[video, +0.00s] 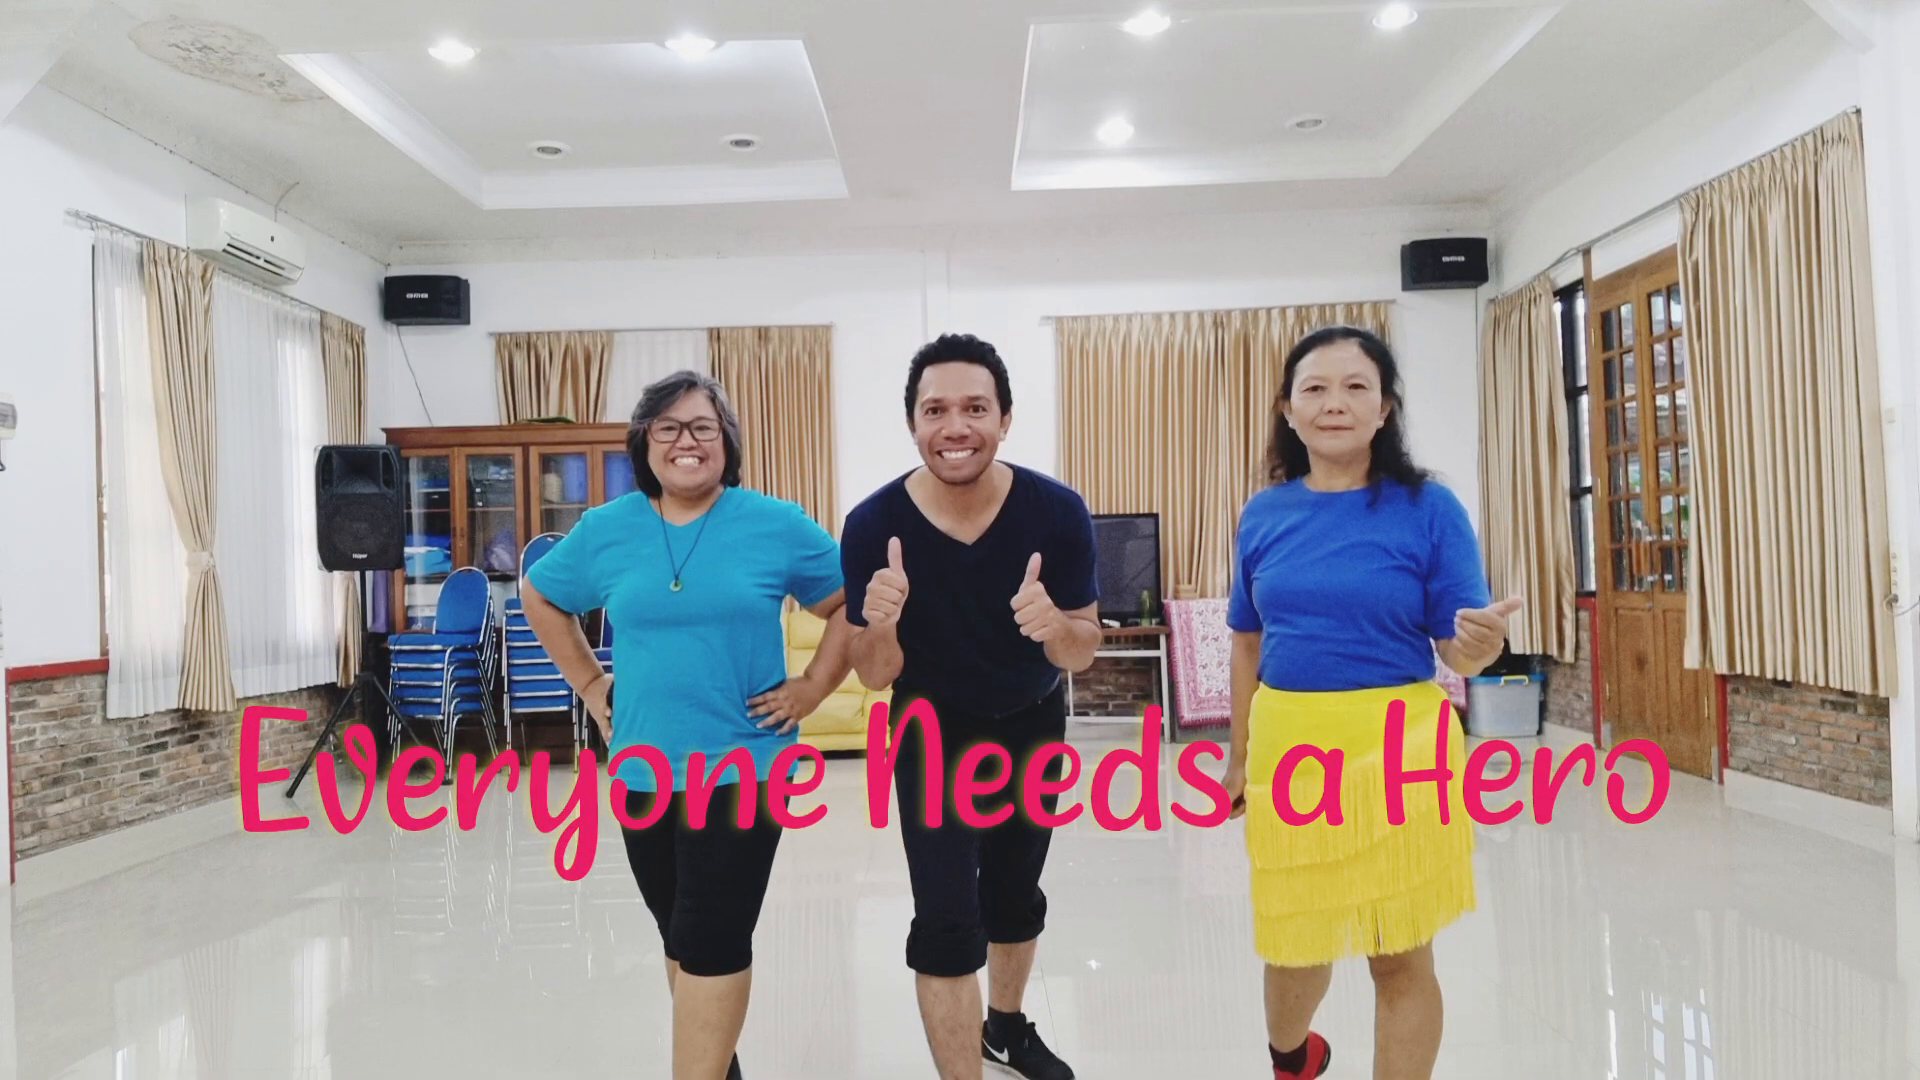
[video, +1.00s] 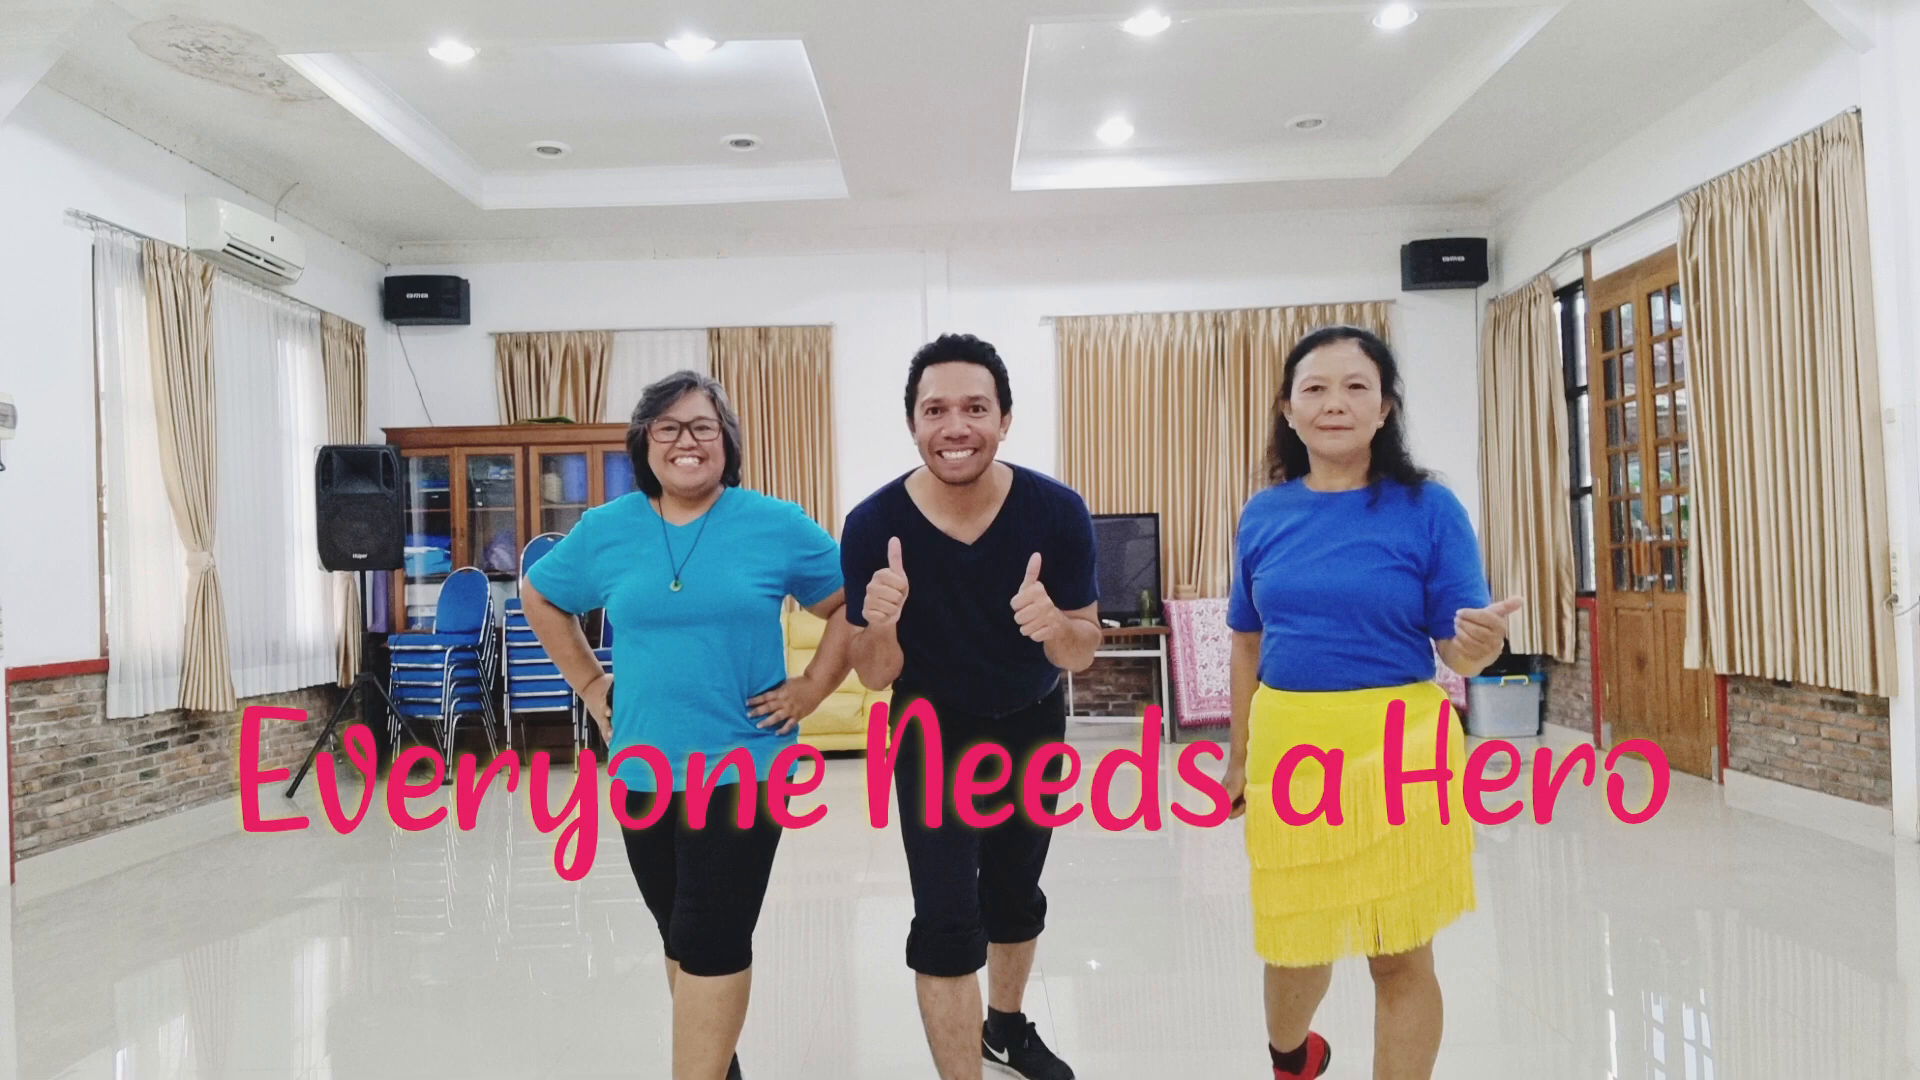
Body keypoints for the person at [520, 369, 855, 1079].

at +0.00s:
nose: (687, 441)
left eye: (703, 428)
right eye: (670, 429)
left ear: (727, 443)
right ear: (644, 446)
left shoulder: (778, 527)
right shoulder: (606, 530)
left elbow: (854, 606)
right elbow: (538, 594)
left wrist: (812, 686)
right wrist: (591, 683)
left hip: (746, 774)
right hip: (643, 776)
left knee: (708, 947)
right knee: (683, 946)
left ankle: (696, 1079)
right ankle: (722, 1070)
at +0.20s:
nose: (687, 441)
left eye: (703, 428)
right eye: (670, 429)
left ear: (727, 443)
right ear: (644, 446)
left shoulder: (778, 527)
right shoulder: (605, 530)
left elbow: (854, 606)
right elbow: (538, 593)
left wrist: (813, 686)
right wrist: (591, 682)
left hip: (746, 773)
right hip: (643, 776)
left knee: (708, 947)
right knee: (683, 946)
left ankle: (696, 1079)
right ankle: (722, 1070)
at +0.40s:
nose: (687, 441)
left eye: (703, 428)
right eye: (670, 429)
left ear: (727, 443)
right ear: (644, 446)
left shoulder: (778, 527)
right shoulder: (605, 530)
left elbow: (854, 606)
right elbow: (537, 594)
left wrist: (813, 686)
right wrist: (591, 682)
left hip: (746, 773)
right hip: (643, 775)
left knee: (709, 947)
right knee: (683, 945)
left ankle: (696, 1079)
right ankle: (722, 1070)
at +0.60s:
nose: (687, 441)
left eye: (703, 428)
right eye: (670, 429)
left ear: (727, 443)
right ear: (644, 446)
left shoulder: (778, 527)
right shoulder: (605, 530)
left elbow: (854, 606)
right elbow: (537, 594)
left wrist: (813, 686)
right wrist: (591, 682)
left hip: (746, 773)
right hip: (643, 775)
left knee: (708, 947)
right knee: (683, 945)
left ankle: (696, 1079)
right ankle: (722, 1070)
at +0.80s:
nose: (687, 440)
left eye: (702, 428)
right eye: (670, 428)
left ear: (727, 443)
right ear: (645, 446)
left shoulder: (778, 527)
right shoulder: (605, 530)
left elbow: (853, 605)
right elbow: (538, 594)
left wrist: (812, 686)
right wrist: (590, 683)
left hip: (746, 773)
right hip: (643, 775)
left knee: (708, 946)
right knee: (683, 944)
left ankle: (696, 1079)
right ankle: (722, 1070)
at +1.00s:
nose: (687, 440)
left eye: (702, 428)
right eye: (670, 428)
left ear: (727, 443)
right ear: (645, 446)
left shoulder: (778, 527)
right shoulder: (605, 530)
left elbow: (853, 605)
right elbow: (538, 594)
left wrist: (812, 686)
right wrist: (590, 683)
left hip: (746, 773)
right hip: (643, 775)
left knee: (708, 946)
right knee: (683, 944)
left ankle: (696, 1079)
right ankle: (722, 1070)